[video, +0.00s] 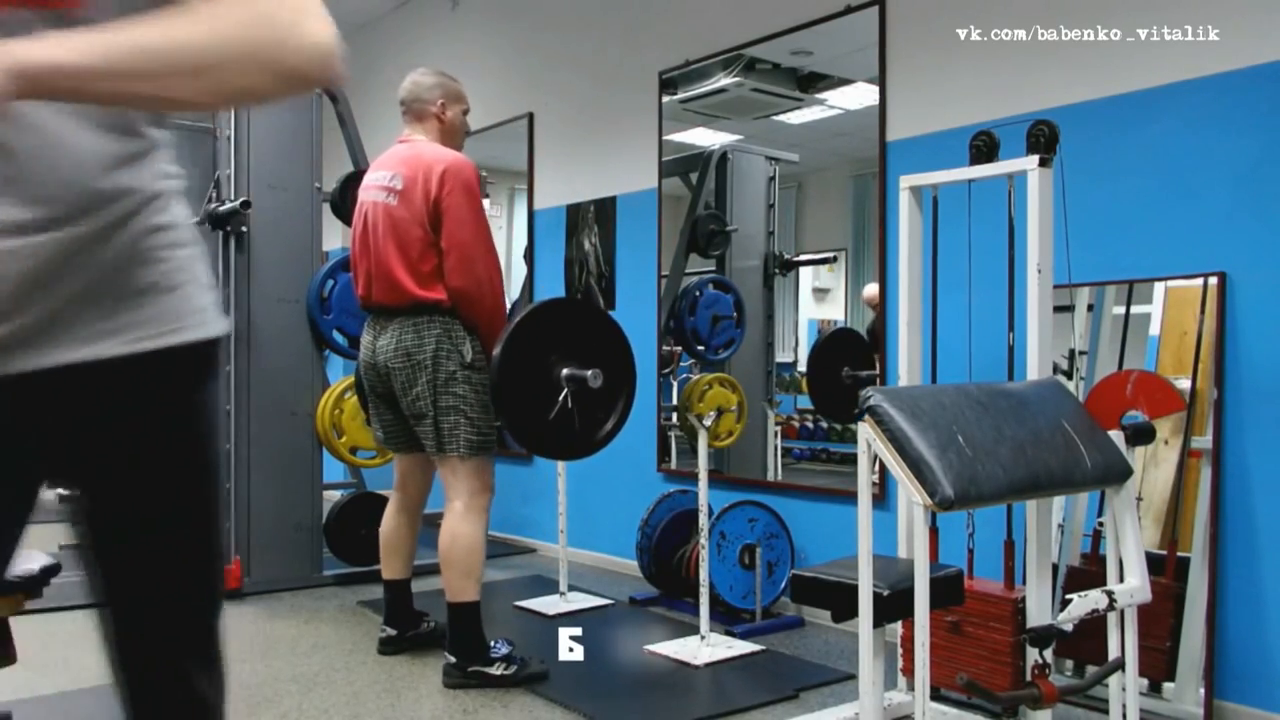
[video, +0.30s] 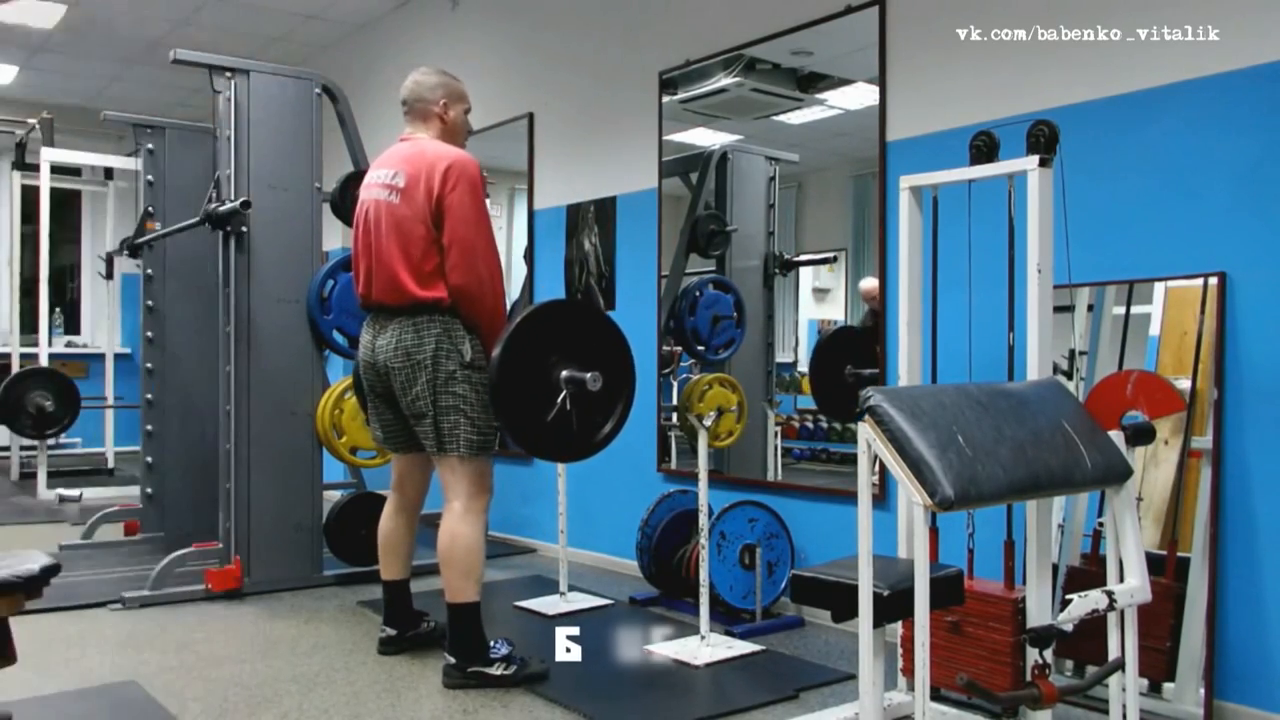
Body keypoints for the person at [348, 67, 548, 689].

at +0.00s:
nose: (468, 124)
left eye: (467, 114)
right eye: (464, 113)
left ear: (414, 112)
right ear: (439, 109)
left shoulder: (377, 169)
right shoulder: (450, 167)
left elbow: (366, 268)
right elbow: (473, 275)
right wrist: (496, 345)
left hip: (380, 338)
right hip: (439, 337)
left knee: (409, 484)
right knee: (469, 493)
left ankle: (399, 621)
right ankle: (469, 652)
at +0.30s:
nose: (469, 123)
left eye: (468, 114)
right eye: (465, 112)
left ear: (416, 110)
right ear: (442, 109)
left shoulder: (380, 166)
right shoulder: (454, 164)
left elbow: (366, 266)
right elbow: (473, 272)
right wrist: (496, 342)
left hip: (378, 337)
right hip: (438, 336)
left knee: (407, 484)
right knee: (468, 494)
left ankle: (399, 622)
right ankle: (469, 652)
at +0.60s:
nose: (477, 126)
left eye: (474, 117)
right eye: (473, 116)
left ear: (422, 121)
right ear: (454, 116)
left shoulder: (393, 171)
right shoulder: (469, 171)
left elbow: (368, 270)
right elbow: (472, 278)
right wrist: (494, 346)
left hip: (376, 341)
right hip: (433, 342)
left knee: (420, 482)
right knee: (489, 493)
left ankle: (400, 619)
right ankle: (470, 652)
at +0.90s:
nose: (435, 109)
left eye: (432, 99)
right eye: (428, 100)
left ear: (380, 104)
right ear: (401, 100)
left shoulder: (356, 164)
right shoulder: (425, 147)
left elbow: (368, 267)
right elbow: (476, 242)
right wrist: (511, 281)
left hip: (396, 333)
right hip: (449, 324)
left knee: (424, 473)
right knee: (494, 476)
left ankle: (401, 612)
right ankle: (477, 638)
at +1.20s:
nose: (437, 149)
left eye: (437, 139)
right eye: (434, 139)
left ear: (380, 132)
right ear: (412, 133)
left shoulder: (355, 191)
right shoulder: (413, 176)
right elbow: (492, 245)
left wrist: (454, 187)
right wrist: (490, 182)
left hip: (416, 358)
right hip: (467, 350)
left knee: (437, 491)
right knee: (507, 494)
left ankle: (402, 621)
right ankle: (470, 652)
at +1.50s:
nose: (473, 128)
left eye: (472, 118)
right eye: (470, 117)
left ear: (419, 119)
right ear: (447, 116)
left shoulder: (385, 178)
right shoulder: (461, 173)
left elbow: (404, 260)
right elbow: (524, 256)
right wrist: (526, 186)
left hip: (411, 349)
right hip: (468, 346)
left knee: (430, 485)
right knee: (493, 495)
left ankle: (400, 621)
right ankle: (470, 655)